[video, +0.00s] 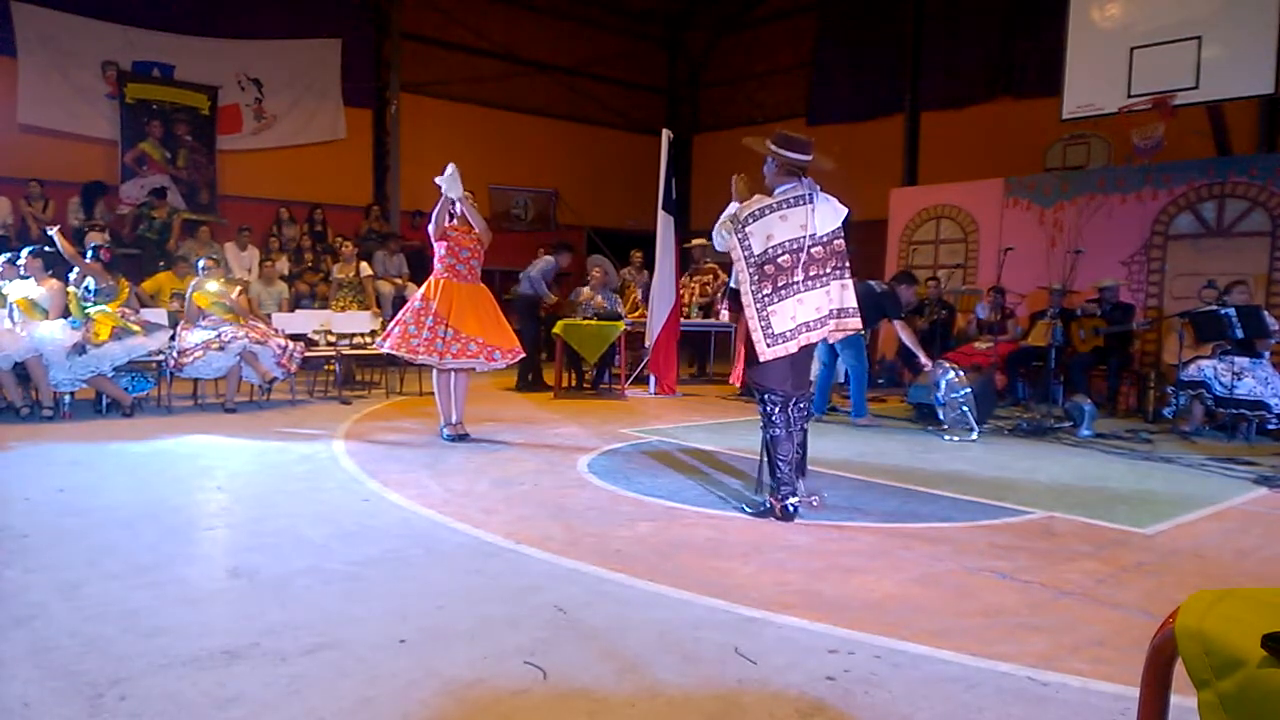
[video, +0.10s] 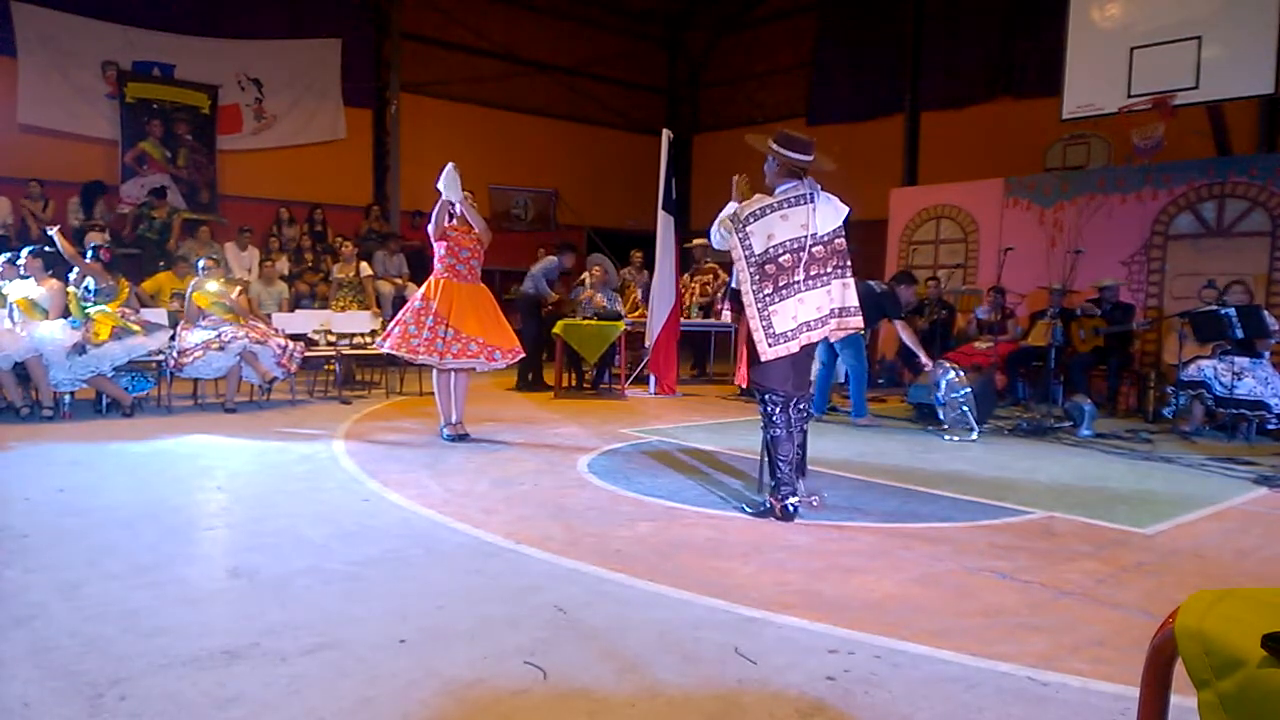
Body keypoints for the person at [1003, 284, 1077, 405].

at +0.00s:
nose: (1054, 299)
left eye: (1058, 296)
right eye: (1052, 295)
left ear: (1063, 297)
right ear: (1049, 296)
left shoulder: (1068, 315)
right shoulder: (1036, 315)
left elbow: (1069, 339)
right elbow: (1028, 336)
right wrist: (1024, 343)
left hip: (1055, 348)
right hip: (1036, 348)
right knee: (1012, 358)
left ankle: (1041, 398)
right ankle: (1013, 395)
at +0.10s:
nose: (1054, 299)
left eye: (1058, 295)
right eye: (1052, 295)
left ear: (1063, 297)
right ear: (1049, 295)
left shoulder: (1068, 314)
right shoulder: (1036, 315)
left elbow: (1069, 339)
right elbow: (1028, 335)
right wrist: (1024, 343)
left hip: (1056, 348)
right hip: (1036, 348)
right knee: (1012, 358)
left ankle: (1041, 399)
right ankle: (1013, 395)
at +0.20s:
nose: (1054, 298)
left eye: (1058, 295)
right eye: (1052, 295)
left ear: (1063, 297)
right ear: (1049, 295)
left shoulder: (1068, 314)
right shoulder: (1036, 315)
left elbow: (1069, 339)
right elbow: (1028, 335)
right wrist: (1024, 342)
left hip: (1055, 348)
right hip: (1035, 348)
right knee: (1012, 358)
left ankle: (1041, 399)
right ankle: (1013, 395)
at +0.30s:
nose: (1054, 298)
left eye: (1058, 295)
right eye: (1052, 295)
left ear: (1063, 297)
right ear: (1048, 296)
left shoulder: (1069, 314)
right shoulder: (1036, 315)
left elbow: (1069, 339)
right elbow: (1028, 336)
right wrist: (1023, 343)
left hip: (1056, 348)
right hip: (1036, 348)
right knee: (1012, 358)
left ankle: (1041, 399)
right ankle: (1013, 395)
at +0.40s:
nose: (1054, 298)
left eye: (1058, 295)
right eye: (1052, 295)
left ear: (1063, 297)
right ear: (1049, 295)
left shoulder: (1069, 315)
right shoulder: (1036, 315)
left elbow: (1069, 340)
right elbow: (1028, 336)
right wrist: (1024, 342)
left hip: (1055, 349)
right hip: (1036, 348)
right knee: (1012, 358)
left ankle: (1041, 399)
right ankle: (1013, 395)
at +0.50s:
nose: (1054, 298)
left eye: (1058, 295)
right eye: (1052, 295)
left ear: (1063, 297)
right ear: (1048, 295)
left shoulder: (1068, 315)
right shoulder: (1036, 315)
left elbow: (1068, 340)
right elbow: (1028, 336)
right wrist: (1024, 342)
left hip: (1055, 348)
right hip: (1035, 348)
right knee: (1012, 359)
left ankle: (1041, 399)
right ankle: (1013, 395)